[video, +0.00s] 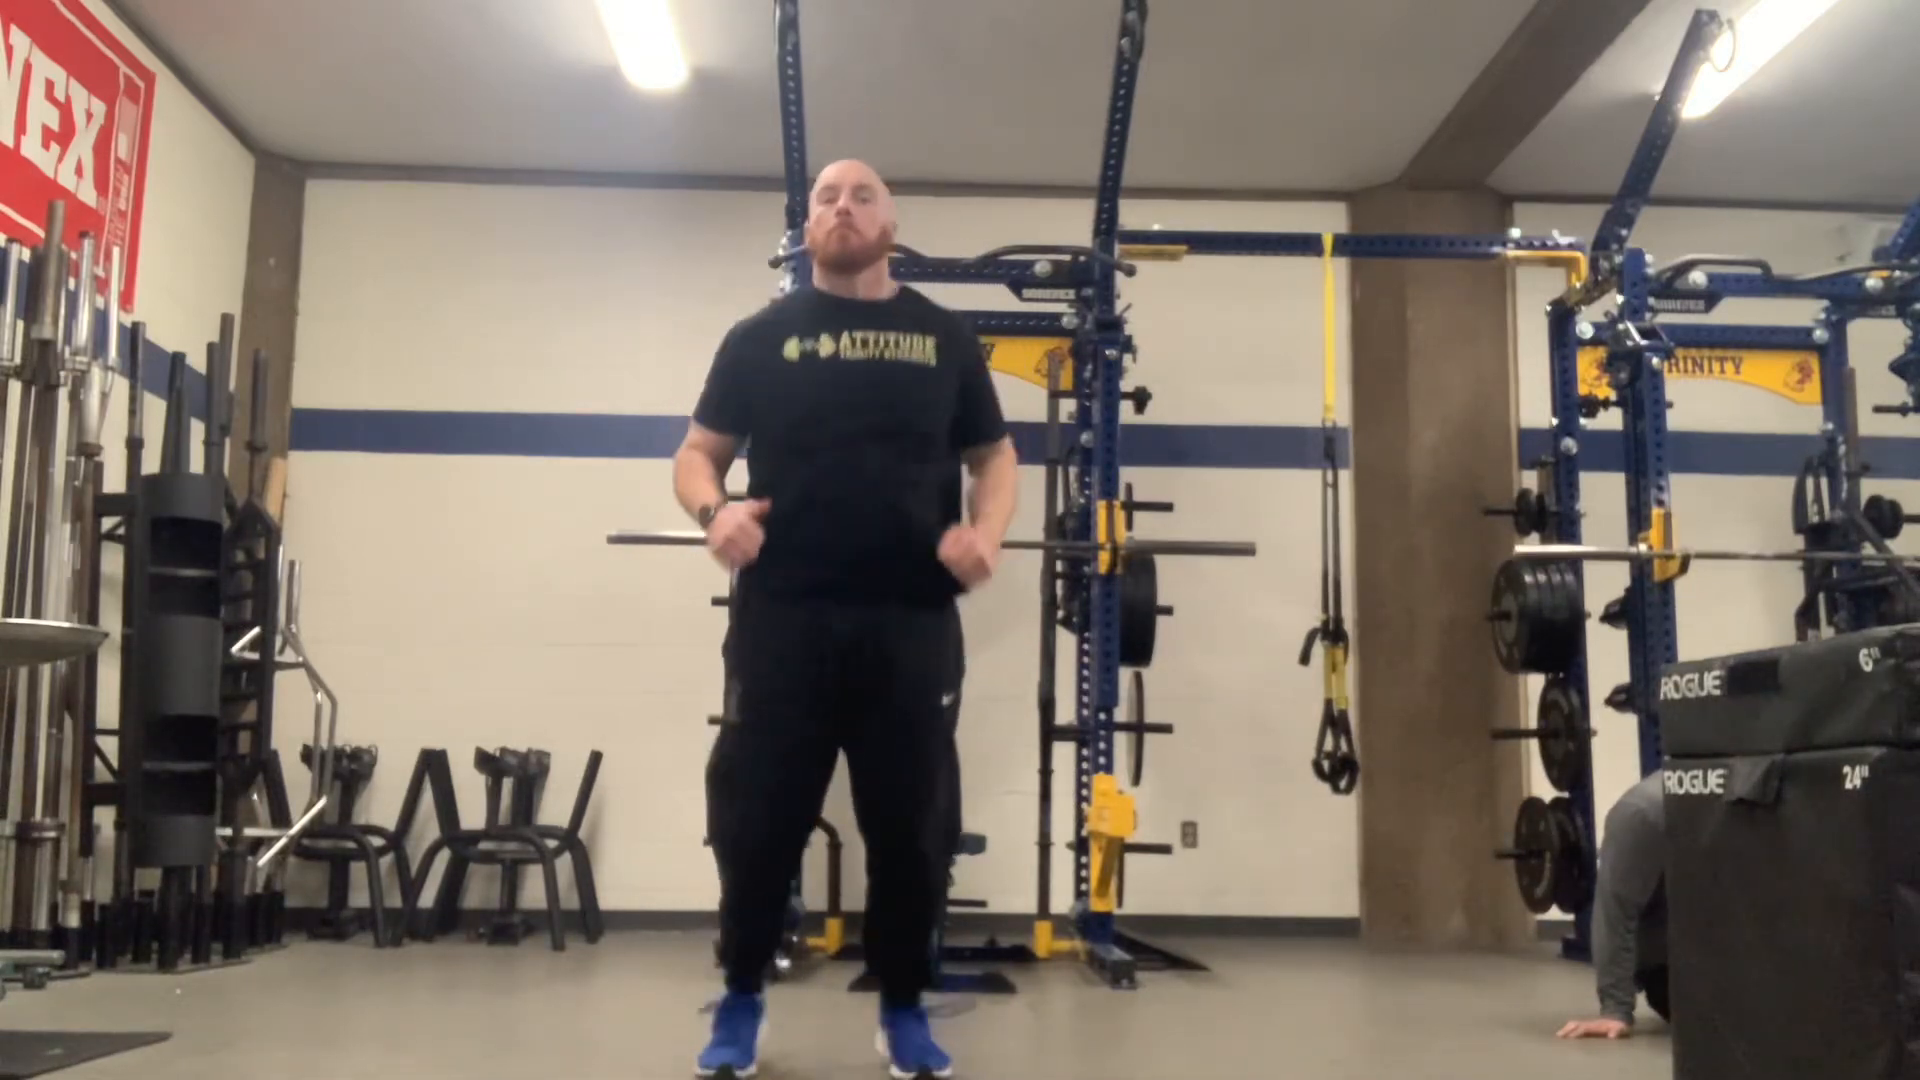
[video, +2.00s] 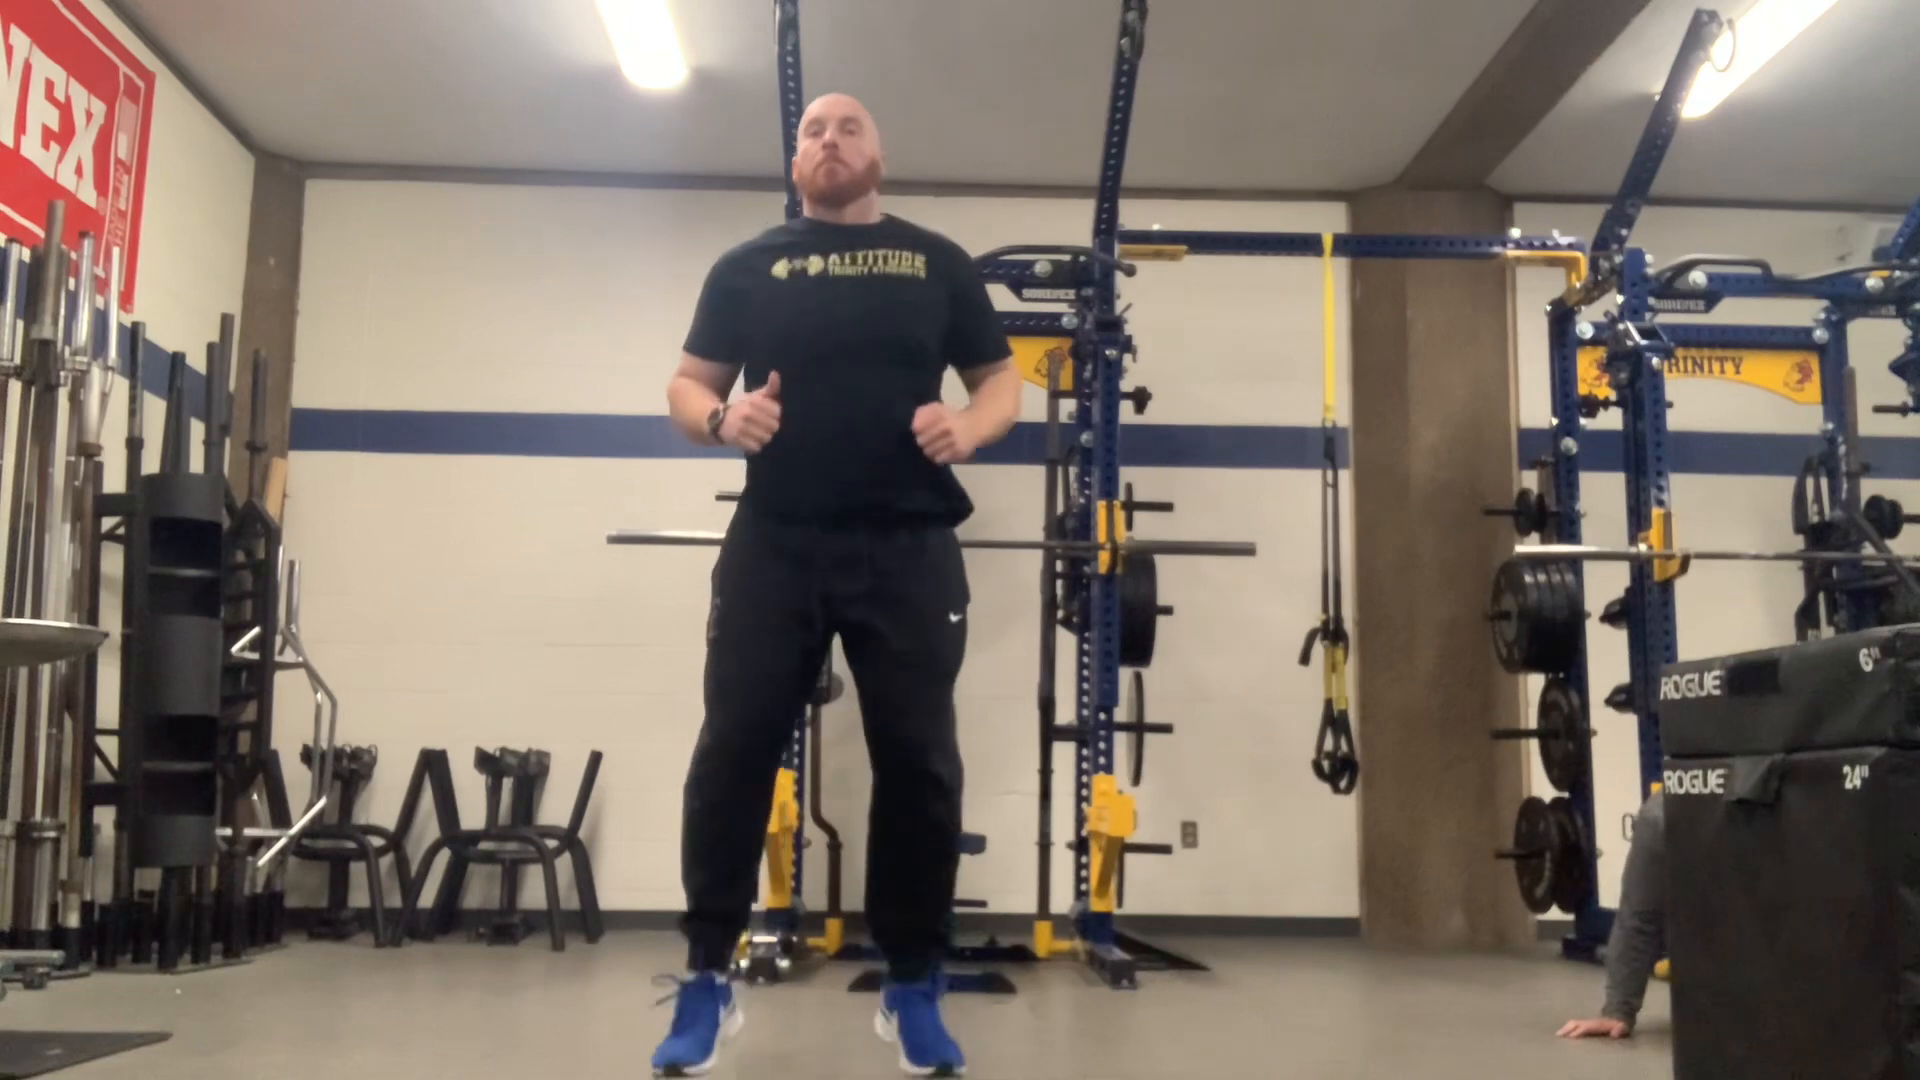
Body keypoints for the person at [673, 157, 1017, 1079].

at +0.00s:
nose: (843, 204)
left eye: (863, 194)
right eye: (827, 196)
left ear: (894, 228)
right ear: (804, 230)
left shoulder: (945, 338)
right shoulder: (760, 338)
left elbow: (995, 460)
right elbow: (695, 460)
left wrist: (985, 530)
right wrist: (714, 509)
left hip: (909, 622)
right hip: (782, 622)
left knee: (913, 830)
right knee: (757, 821)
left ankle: (905, 1017)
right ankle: (739, 1006)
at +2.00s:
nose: (831, 135)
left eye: (850, 125)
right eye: (815, 129)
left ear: (883, 158)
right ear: (792, 164)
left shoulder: (939, 264)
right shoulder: (746, 268)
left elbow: (1001, 390)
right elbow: (689, 394)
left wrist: (968, 426)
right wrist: (721, 419)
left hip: (907, 549)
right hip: (773, 546)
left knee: (922, 766)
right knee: (734, 751)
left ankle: (914, 991)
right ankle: (704, 979)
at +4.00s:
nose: (836, 151)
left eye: (857, 141)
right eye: (820, 144)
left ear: (894, 175)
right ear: (800, 179)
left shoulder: (943, 287)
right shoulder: (751, 284)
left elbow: (1006, 415)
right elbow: (695, 411)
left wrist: (962, 432)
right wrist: (732, 436)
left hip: (901, 587)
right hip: (768, 581)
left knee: (913, 809)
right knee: (734, 795)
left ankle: (922, 1027)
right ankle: (693, 1019)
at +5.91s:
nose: (838, 148)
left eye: (856, 139)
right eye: (820, 141)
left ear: (889, 172)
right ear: (798, 177)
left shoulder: (940, 278)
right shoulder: (749, 280)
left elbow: (999, 400)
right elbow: (697, 400)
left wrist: (962, 440)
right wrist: (731, 435)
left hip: (904, 565)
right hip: (775, 559)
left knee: (914, 778)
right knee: (732, 773)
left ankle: (916, 979)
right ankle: (703, 973)